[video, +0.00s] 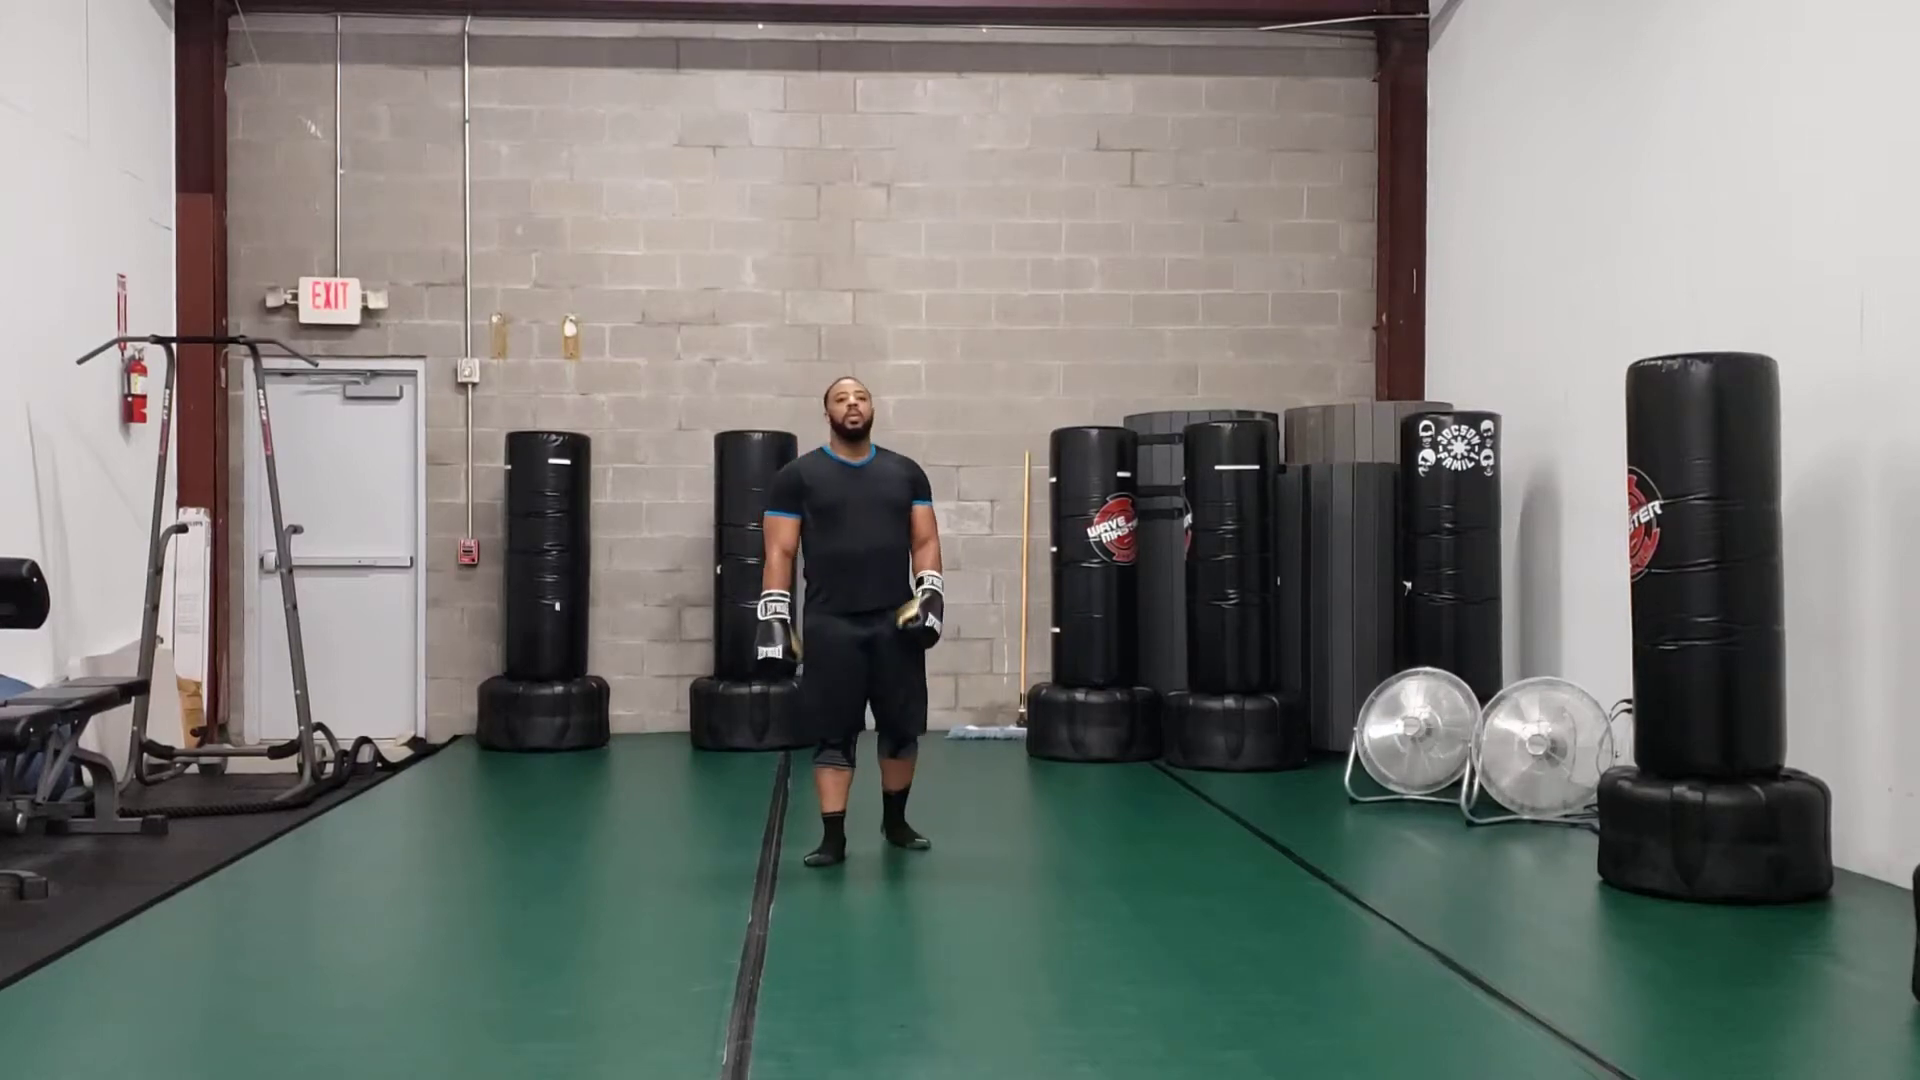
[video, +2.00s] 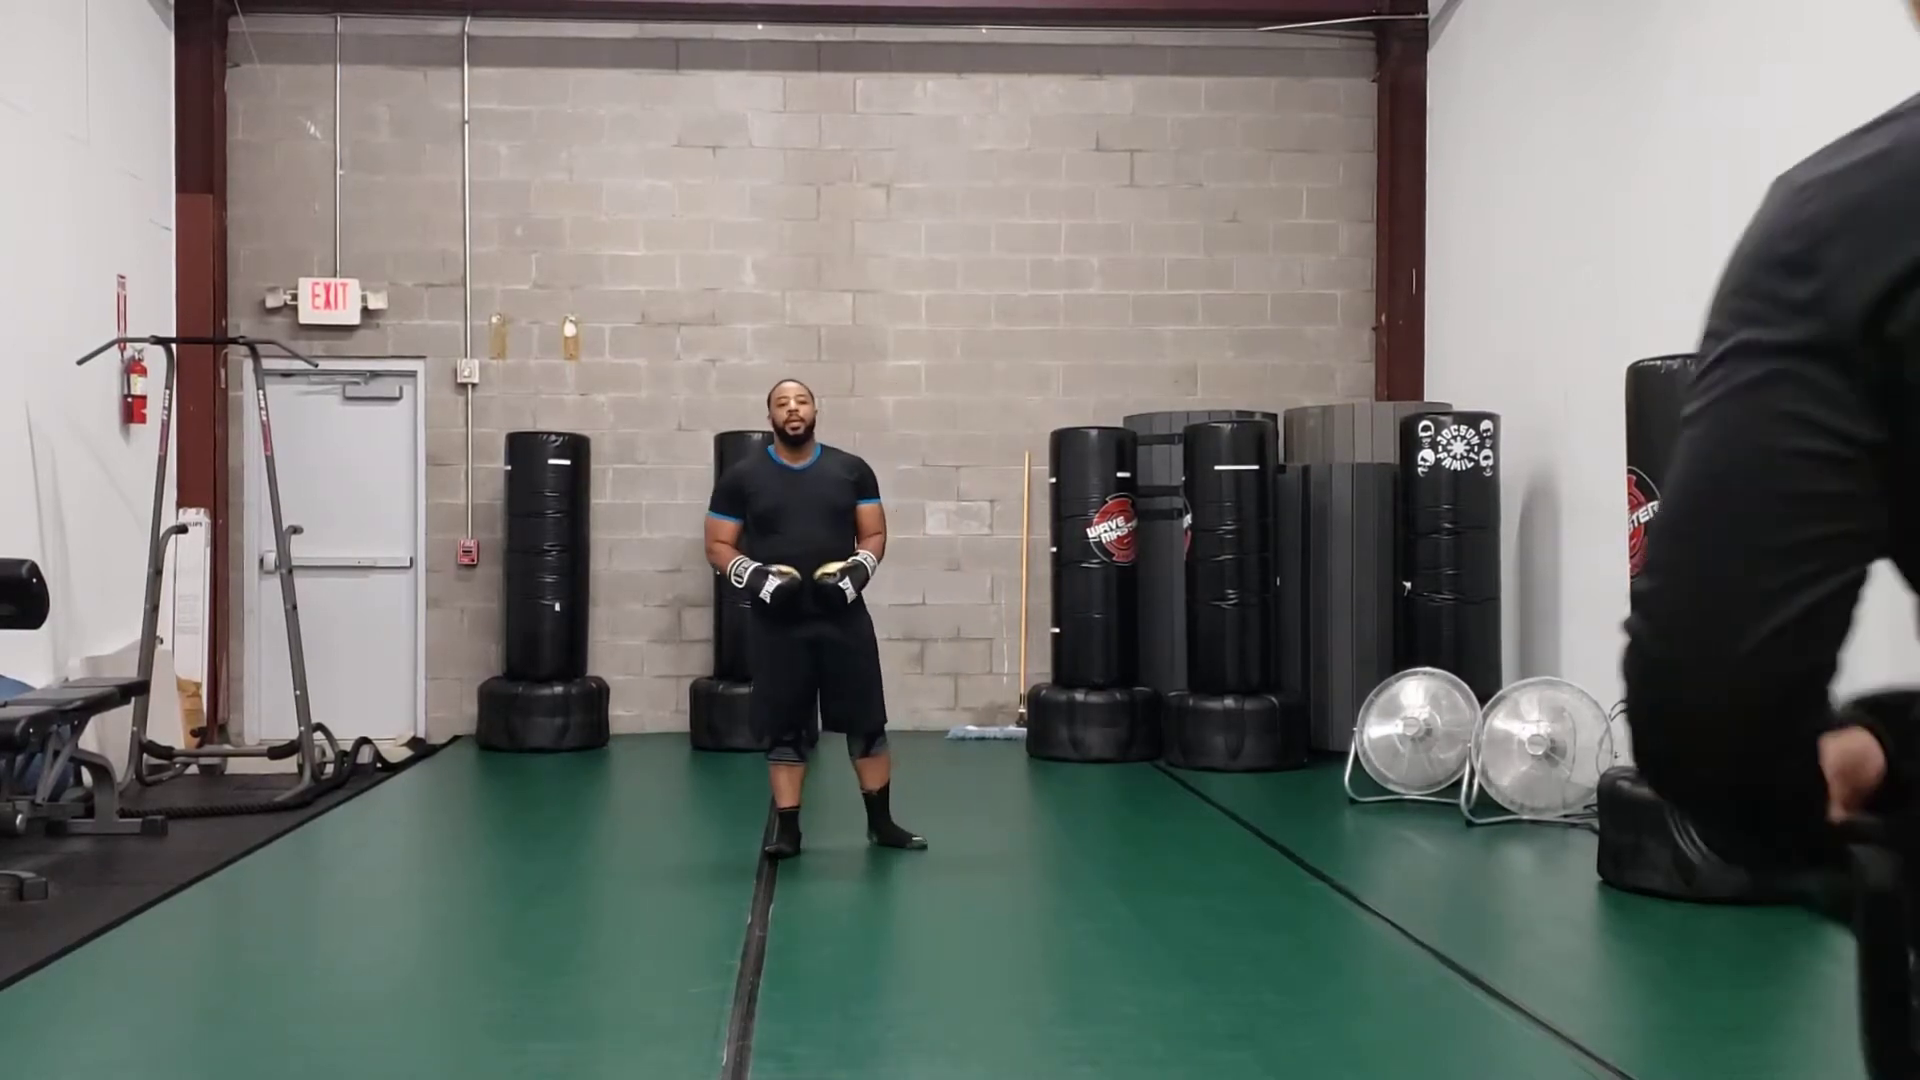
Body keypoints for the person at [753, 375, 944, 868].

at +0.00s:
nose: (853, 404)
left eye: (860, 398)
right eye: (842, 399)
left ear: (873, 412)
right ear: (827, 415)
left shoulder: (906, 473)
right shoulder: (799, 476)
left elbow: (925, 541)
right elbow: (780, 551)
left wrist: (930, 593)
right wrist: (774, 616)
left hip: (896, 620)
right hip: (830, 623)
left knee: (902, 729)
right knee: (833, 733)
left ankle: (896, 822)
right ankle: (833, 839)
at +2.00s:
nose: (793, 410)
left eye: (801, 402)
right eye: (783, 404)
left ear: (815, 412)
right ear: (770, 418)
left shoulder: (852, 470)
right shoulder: (743, 476)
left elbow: (874, 536)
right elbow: (718, 546)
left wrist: (857, 571)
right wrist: (756, 577)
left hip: (843, 617)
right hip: (777, 621)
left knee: (867, 721)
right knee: (784, 730)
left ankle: (882, 823)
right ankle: (786, 832)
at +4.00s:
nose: (800, 427)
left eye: (811, 418)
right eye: (791, 416)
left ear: (824, 416)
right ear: (774, 411)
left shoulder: (856, 473)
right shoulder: (738, 472)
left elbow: (872, 553)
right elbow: (710, 544)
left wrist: (880, 619)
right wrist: (733, 554)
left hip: (838, 636)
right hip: (764, 638)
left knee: (858, 751)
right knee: (761, 755)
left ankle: (865, 838)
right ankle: (756, 873)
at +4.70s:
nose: (757, 416)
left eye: (770, 407)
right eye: (747, 403)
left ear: (783, 408)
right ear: (729, 395)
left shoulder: (808, 475)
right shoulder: (677, 464)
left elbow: (828, 563)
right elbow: (654, 541)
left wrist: (841, 636)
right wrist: (673, 596)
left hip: (775, 639)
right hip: (702, 638)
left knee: (765, 767)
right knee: (719, 773)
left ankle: (751, 898)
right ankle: (757, 868)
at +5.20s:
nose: (703, 403)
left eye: (718, 395)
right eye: (695, 388)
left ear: (734, 401)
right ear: (676, 385)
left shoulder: (760, 465)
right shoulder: (628, 464)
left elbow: (783, 550)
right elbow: (599, 555)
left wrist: (783, 626)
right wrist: (566, 622)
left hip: (736, 654)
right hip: (649, 653)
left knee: (747, 787)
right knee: (632, 786)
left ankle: (746, 904)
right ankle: (605, 928)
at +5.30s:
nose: (683, 402)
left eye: (698, 394)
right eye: (675, 387)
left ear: (713, 400)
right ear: (654, 383)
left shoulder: (740, 465)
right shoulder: (607, 465)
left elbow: (761, 554)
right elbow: (580, 562)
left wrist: (762, 630)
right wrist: (552, 635)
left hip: (712, 656)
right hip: (626, 654)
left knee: (728, 791)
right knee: (612, 791)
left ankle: (743, 904)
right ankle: (599, 933)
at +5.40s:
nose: (666, 399)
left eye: (681, 390)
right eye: (657, 383)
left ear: (695, 394)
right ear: (635, 378)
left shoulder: (723, 462)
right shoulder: (586, 459)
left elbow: (745, 553)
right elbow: (562, 559)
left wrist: (746, 632)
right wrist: (537, 636)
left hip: (690, 657)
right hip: (601, 657)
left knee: (714, 792)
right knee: (599, 798)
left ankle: (736, 883)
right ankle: (597, 937)